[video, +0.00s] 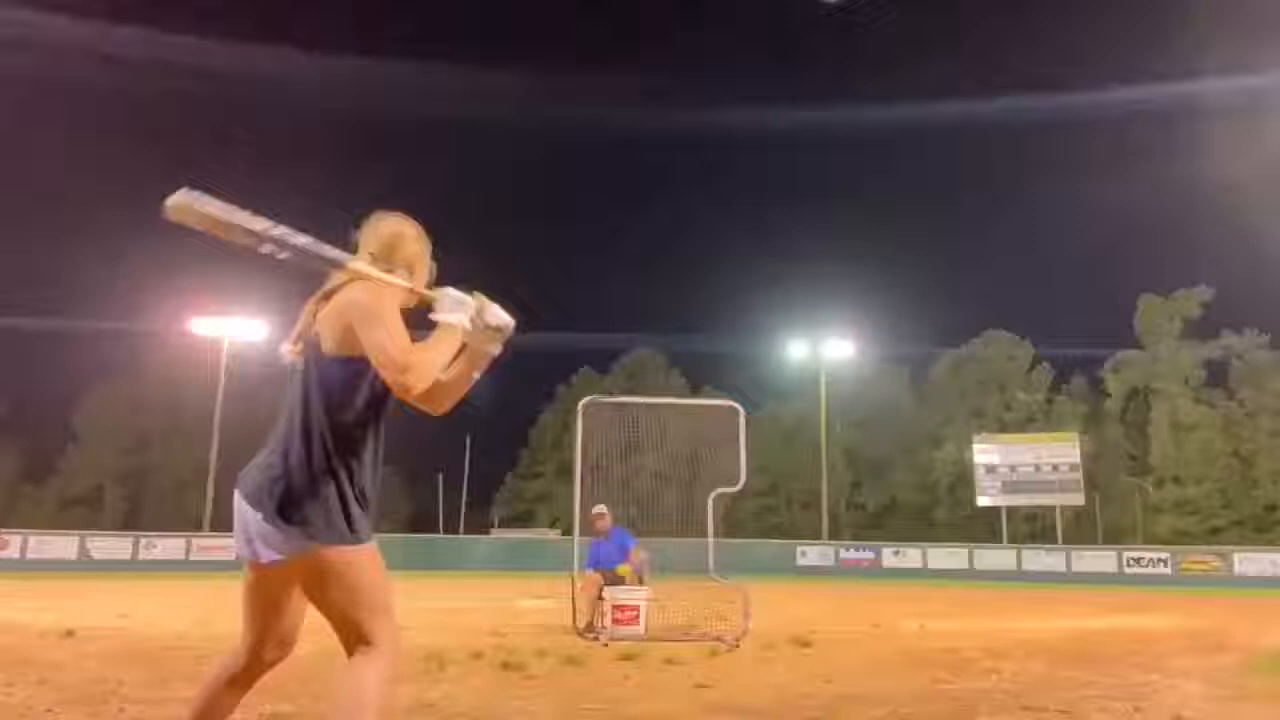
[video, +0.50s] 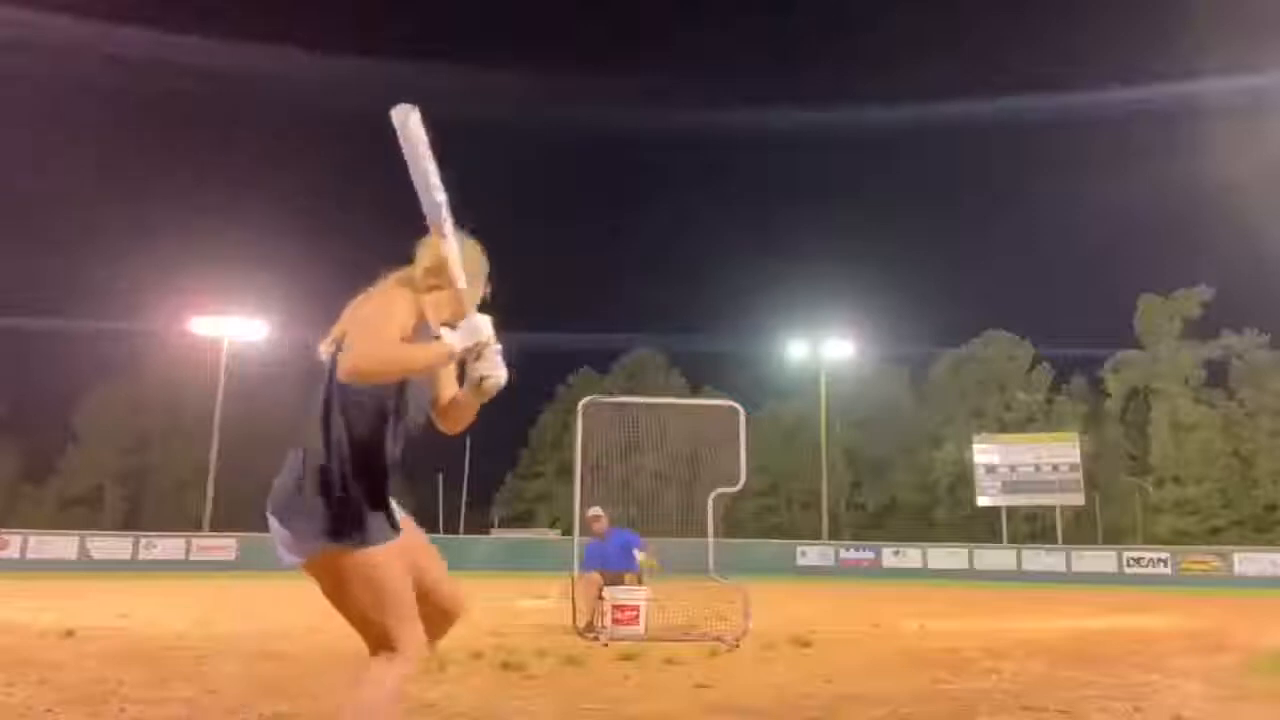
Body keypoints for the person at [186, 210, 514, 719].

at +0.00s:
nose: (425, 281)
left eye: (426, 271)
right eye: (424, 268)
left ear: (368, 257)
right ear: (411, 266)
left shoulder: (340, 300)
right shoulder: (369, 297)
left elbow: (436, 399)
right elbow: (410, 375)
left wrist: (482, 347)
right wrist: (452, 324)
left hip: (266, 494)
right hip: (313, 508)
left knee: (264, 646)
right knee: (375, 646)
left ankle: (198, 714)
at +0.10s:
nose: (434, 285)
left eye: (437, 275)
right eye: (433, 271)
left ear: (380, 256)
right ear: (413, 264)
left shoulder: (346, 301)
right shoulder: (377, 296)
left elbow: (437, 404)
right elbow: (412, 377)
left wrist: (492, 365)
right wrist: (466, 336)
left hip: (274, 496)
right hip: (318, 510)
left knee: (270, 646)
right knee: (379, 644)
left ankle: (200, 714)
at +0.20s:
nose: (448, 288)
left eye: (449, 277)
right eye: (447, 275)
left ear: (397, 263)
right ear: (430, 270)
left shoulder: (357, 303)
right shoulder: (380, 298)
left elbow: (441, 410)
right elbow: (409, 375)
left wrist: (496, 375)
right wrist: (474, 337)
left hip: (287, 498)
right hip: (324, 505)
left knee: (296, 648)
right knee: (388, 643)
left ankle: (220, 713)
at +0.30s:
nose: (455, 294)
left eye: (458, 284)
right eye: (457, 280)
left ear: (409, 261)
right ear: (443, 268)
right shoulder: (387, 295)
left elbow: (439, 412)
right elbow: (393, 365)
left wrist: (492, 384)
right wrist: (475, 342)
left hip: (304, 494)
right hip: (326, 496)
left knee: (350, 644)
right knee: (396, 641)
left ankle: (252, 714)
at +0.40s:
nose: (468, 299)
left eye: (470, 291)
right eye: (469, 287)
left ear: (427, 272)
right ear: (455, 278)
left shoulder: (427, 332)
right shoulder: (387, 295)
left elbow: (442, 417)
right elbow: (367, 362)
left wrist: (481, 391)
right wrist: (460, 346)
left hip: (354, 501)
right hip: (320, 500)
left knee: (419, 617)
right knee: (397, 646)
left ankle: (314, 711)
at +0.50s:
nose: (475, 304)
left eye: (477, 295)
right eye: (474, 293)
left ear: (438, 276)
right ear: (457, 283)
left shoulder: (436, 333)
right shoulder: (393, 298)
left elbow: (448, 419)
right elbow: (356, 363)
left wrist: (476, 390)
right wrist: (450, 345)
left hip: (365, 498)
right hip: (327, 502)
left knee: (443, 605)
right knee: (401, 648)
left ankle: (369, 699)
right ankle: (362, 712)